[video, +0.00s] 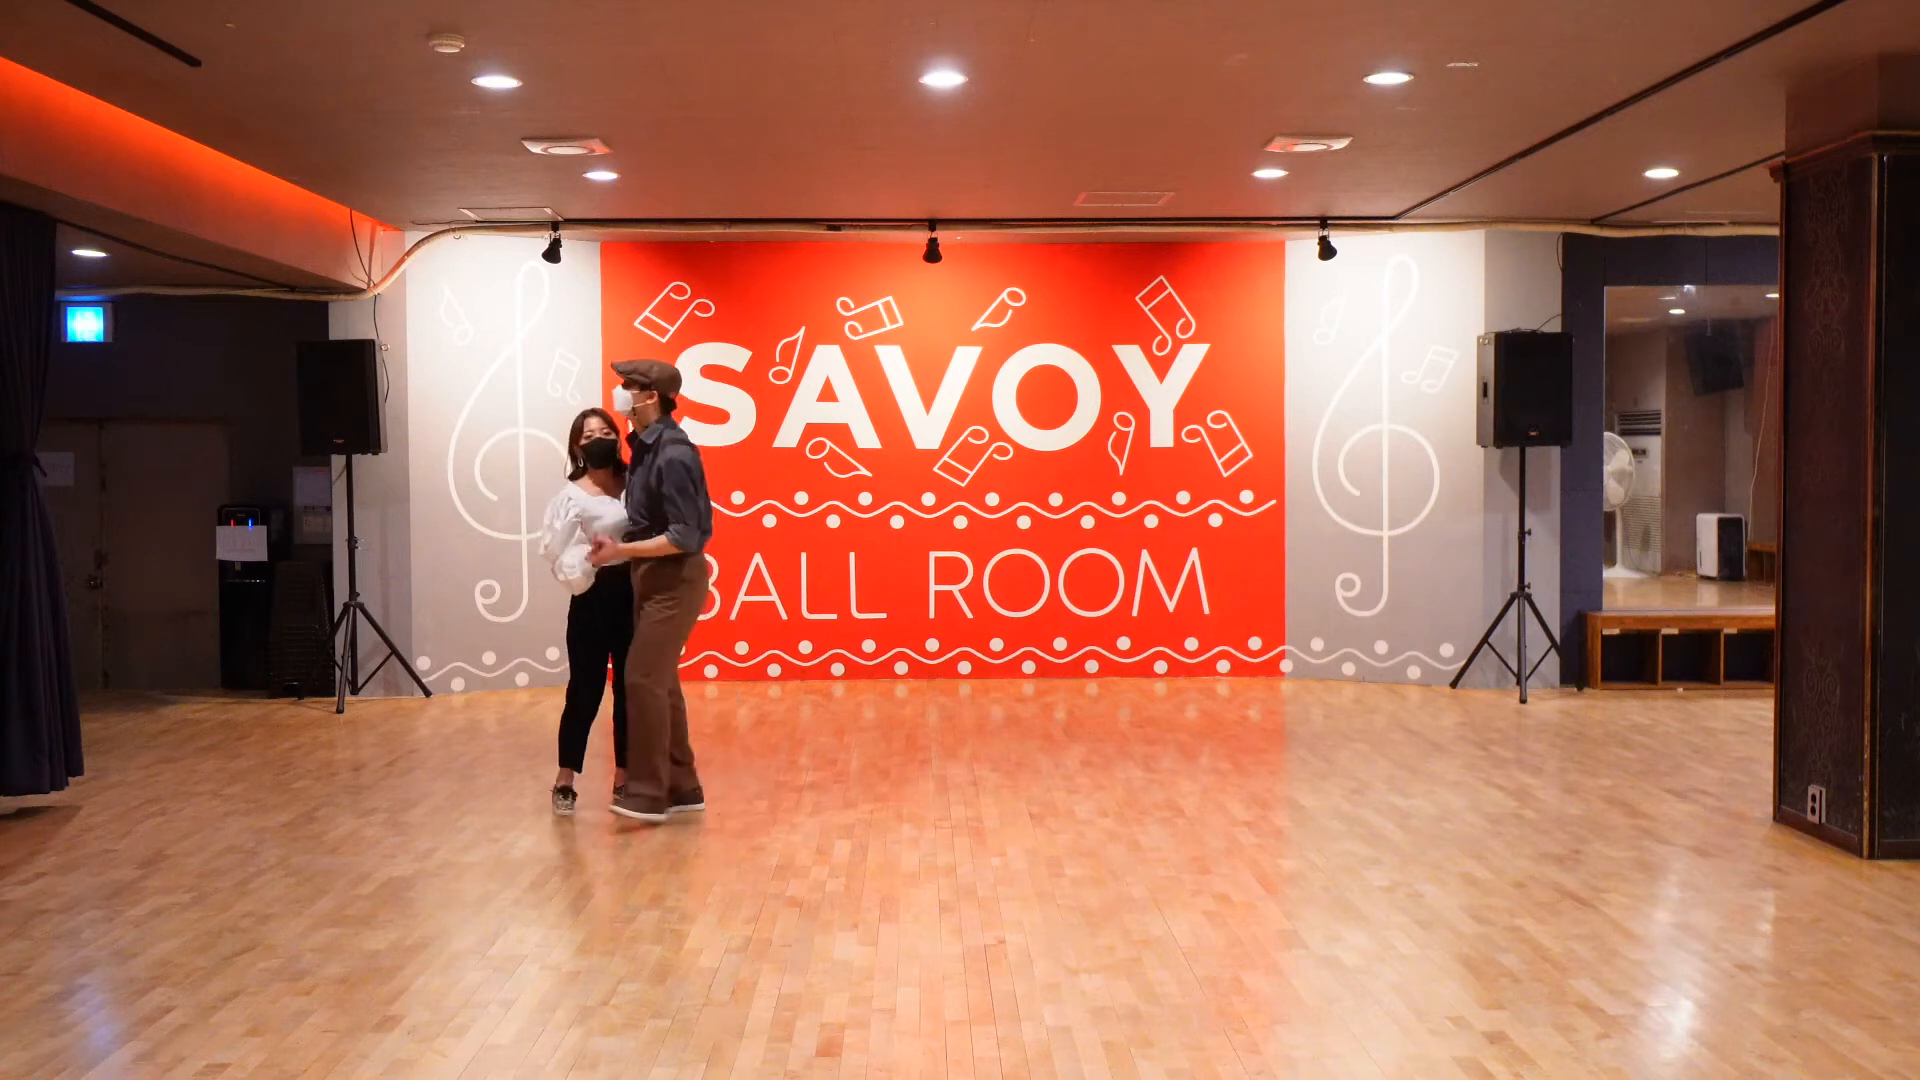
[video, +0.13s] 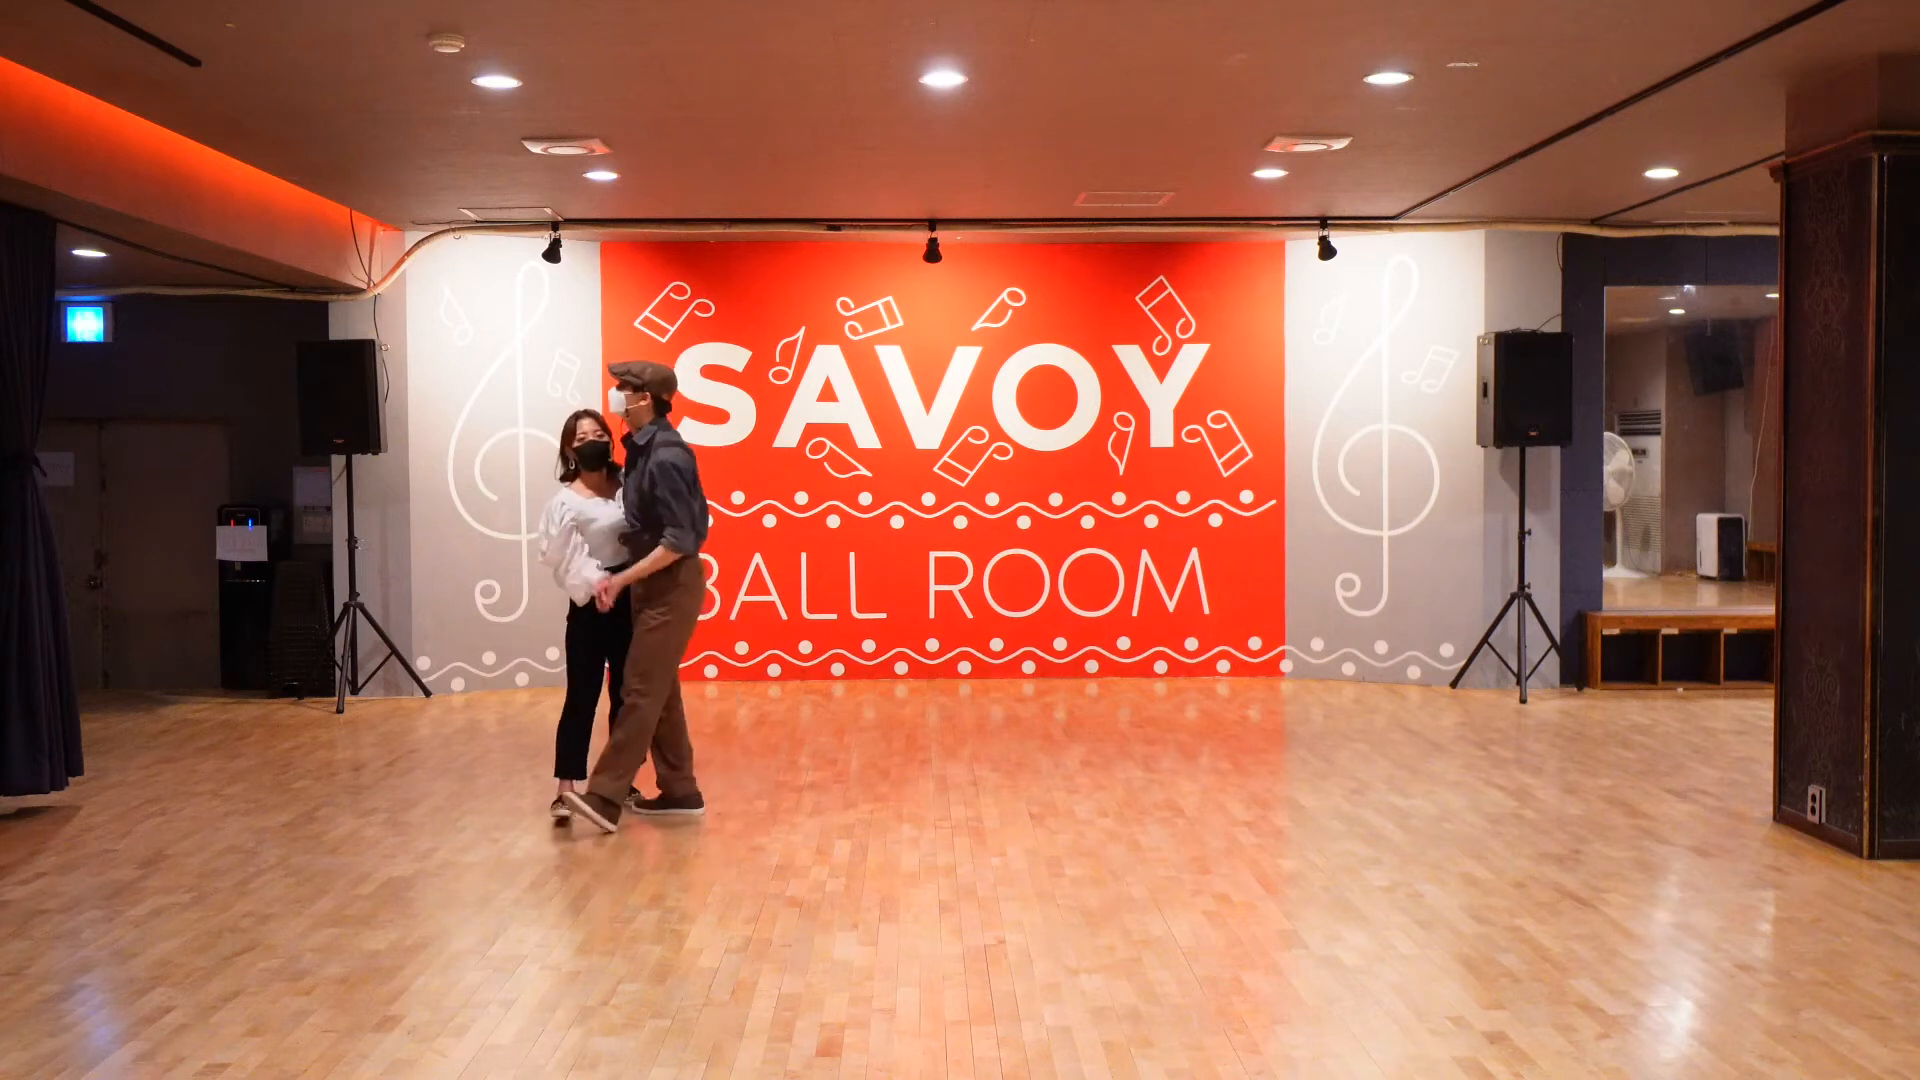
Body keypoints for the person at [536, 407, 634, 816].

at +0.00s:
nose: (598, 436)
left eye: (605, 430)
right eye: (589, 433)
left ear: (617, 438)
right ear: (576, 446)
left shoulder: (635, 487)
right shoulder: (568, 497)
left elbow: (656, 532)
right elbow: (558, 559)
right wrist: (591, 558)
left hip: (632, 593)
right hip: (590, 597)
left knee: (629, 689)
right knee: (584, 691)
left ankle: (625, 777)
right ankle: (566, 779)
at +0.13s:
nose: (592, 437)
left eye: (599, 431)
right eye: (582, 434)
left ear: (610, 441)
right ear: (570, 447)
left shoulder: (629, 488)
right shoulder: (565, 501)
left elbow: (652, 529)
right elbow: (561, 560)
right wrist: (595, 587)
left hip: (628, 601)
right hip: (587, 606)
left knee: (624, 696)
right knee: (580, 698)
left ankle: (621, 780)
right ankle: (567, 788)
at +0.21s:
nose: (587, 442)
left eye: (593, 435)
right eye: (577, 438)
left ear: (604, 444)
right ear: (565, 452)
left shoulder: (624, 488)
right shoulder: (559, 507)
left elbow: (648, 531)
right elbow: (567, 571)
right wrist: (599, 604)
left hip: (628, 597)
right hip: (583, 606)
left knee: (624, 698)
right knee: (580, 703)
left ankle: (619, 781)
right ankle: (569, 793)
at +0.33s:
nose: (577, 439)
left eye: (583, 433)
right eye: (567, 436)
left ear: (596, 442)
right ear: (555, 450)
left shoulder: (618, 487)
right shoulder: (550, 503)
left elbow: (639, 532)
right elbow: (556, 566)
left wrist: (634, 580)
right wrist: (578, 606)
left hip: (621, 586)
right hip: (577, 595)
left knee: (618, 688)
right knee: (576, 695)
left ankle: (620, 786)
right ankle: (567, 794)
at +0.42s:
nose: (574, 438)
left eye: (581, 432)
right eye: (564, 434)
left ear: (592, 441)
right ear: (550, 448)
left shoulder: (613, 489)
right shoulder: (543, 500)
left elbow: (632, 533)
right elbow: (538, 557)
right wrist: (540, 584)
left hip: (613, 599)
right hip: (570, 602)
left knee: (615, 693)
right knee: (569, 699)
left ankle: (624, 790)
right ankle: (566, 797)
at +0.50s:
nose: (570, 440)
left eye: (577, 434)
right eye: (561, 436)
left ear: (589, 444)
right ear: (547, 450)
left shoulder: (605, 491)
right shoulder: (538, 499)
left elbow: (627, 530)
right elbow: (510, 539)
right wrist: (498, 546)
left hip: (606, 596)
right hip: (565, 601)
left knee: (613, 693)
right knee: (566, 699)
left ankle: (625, 790)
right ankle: (566, 798)